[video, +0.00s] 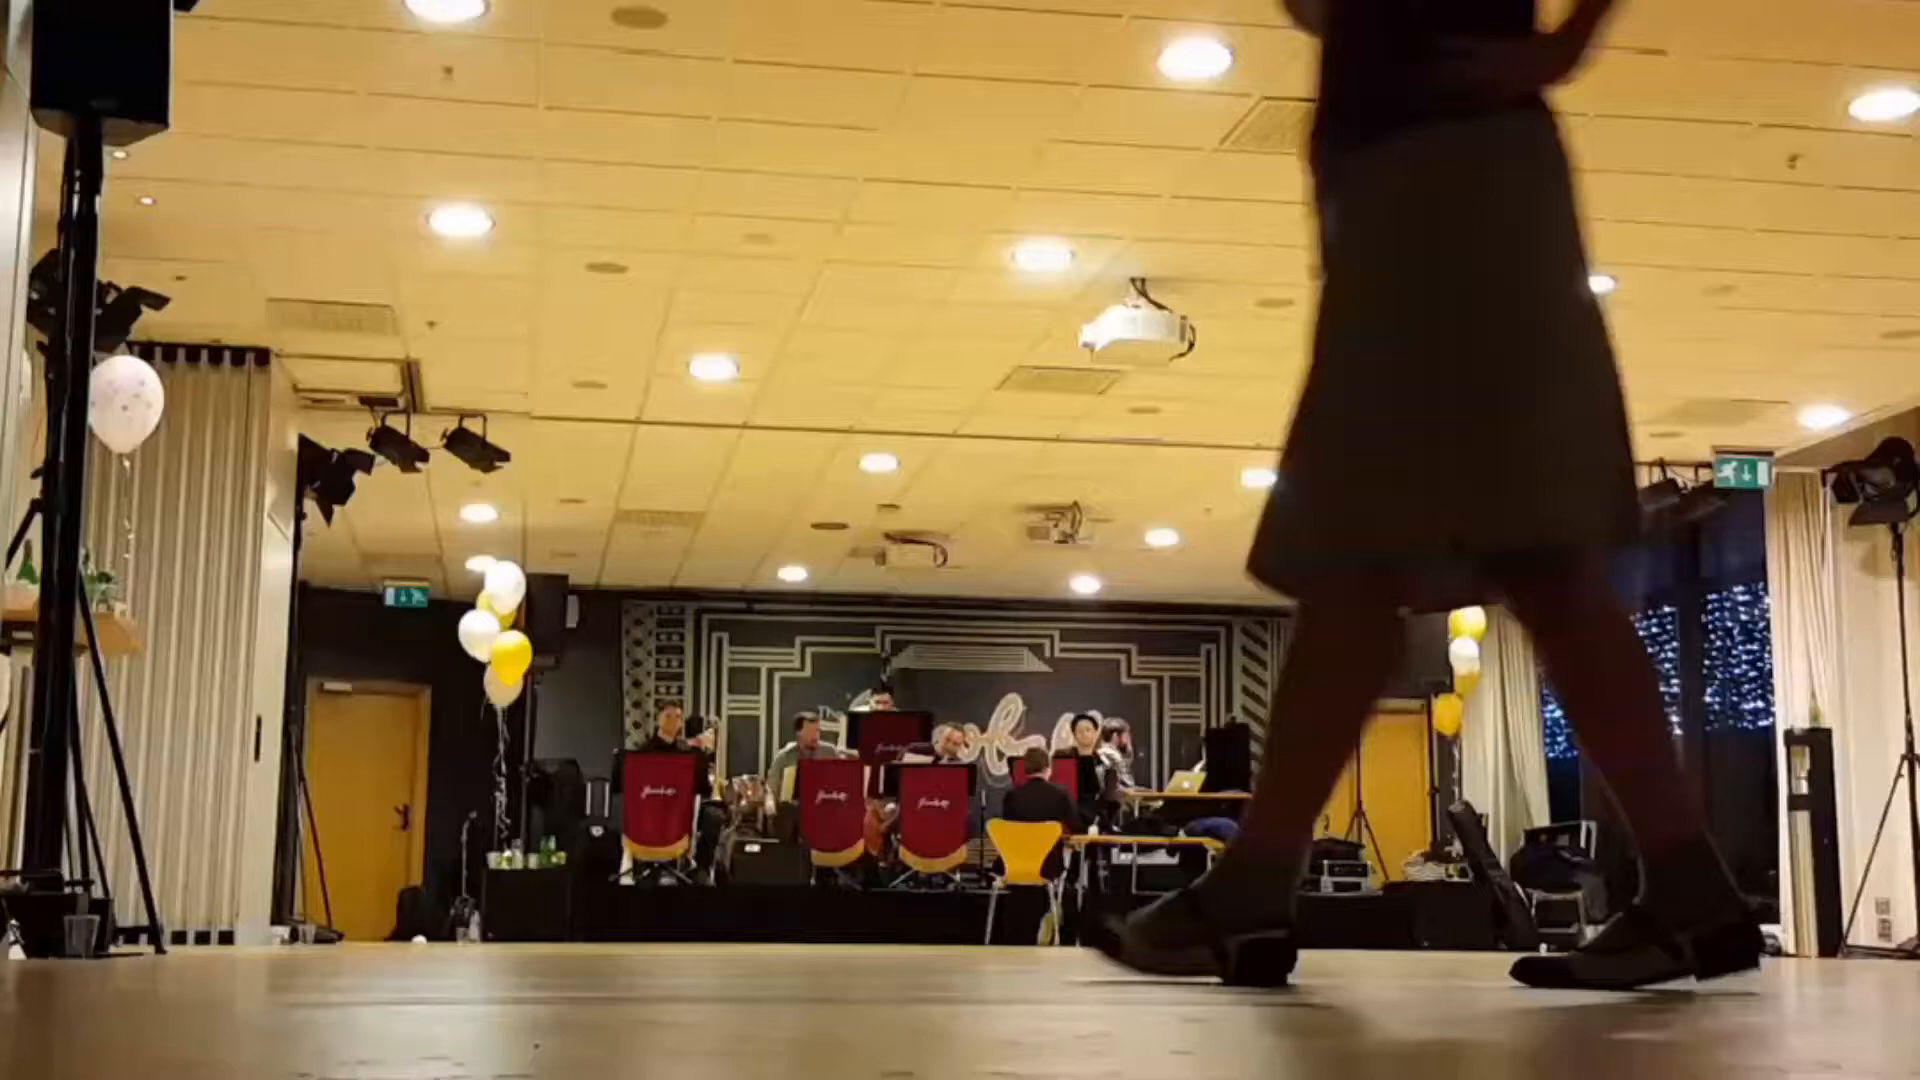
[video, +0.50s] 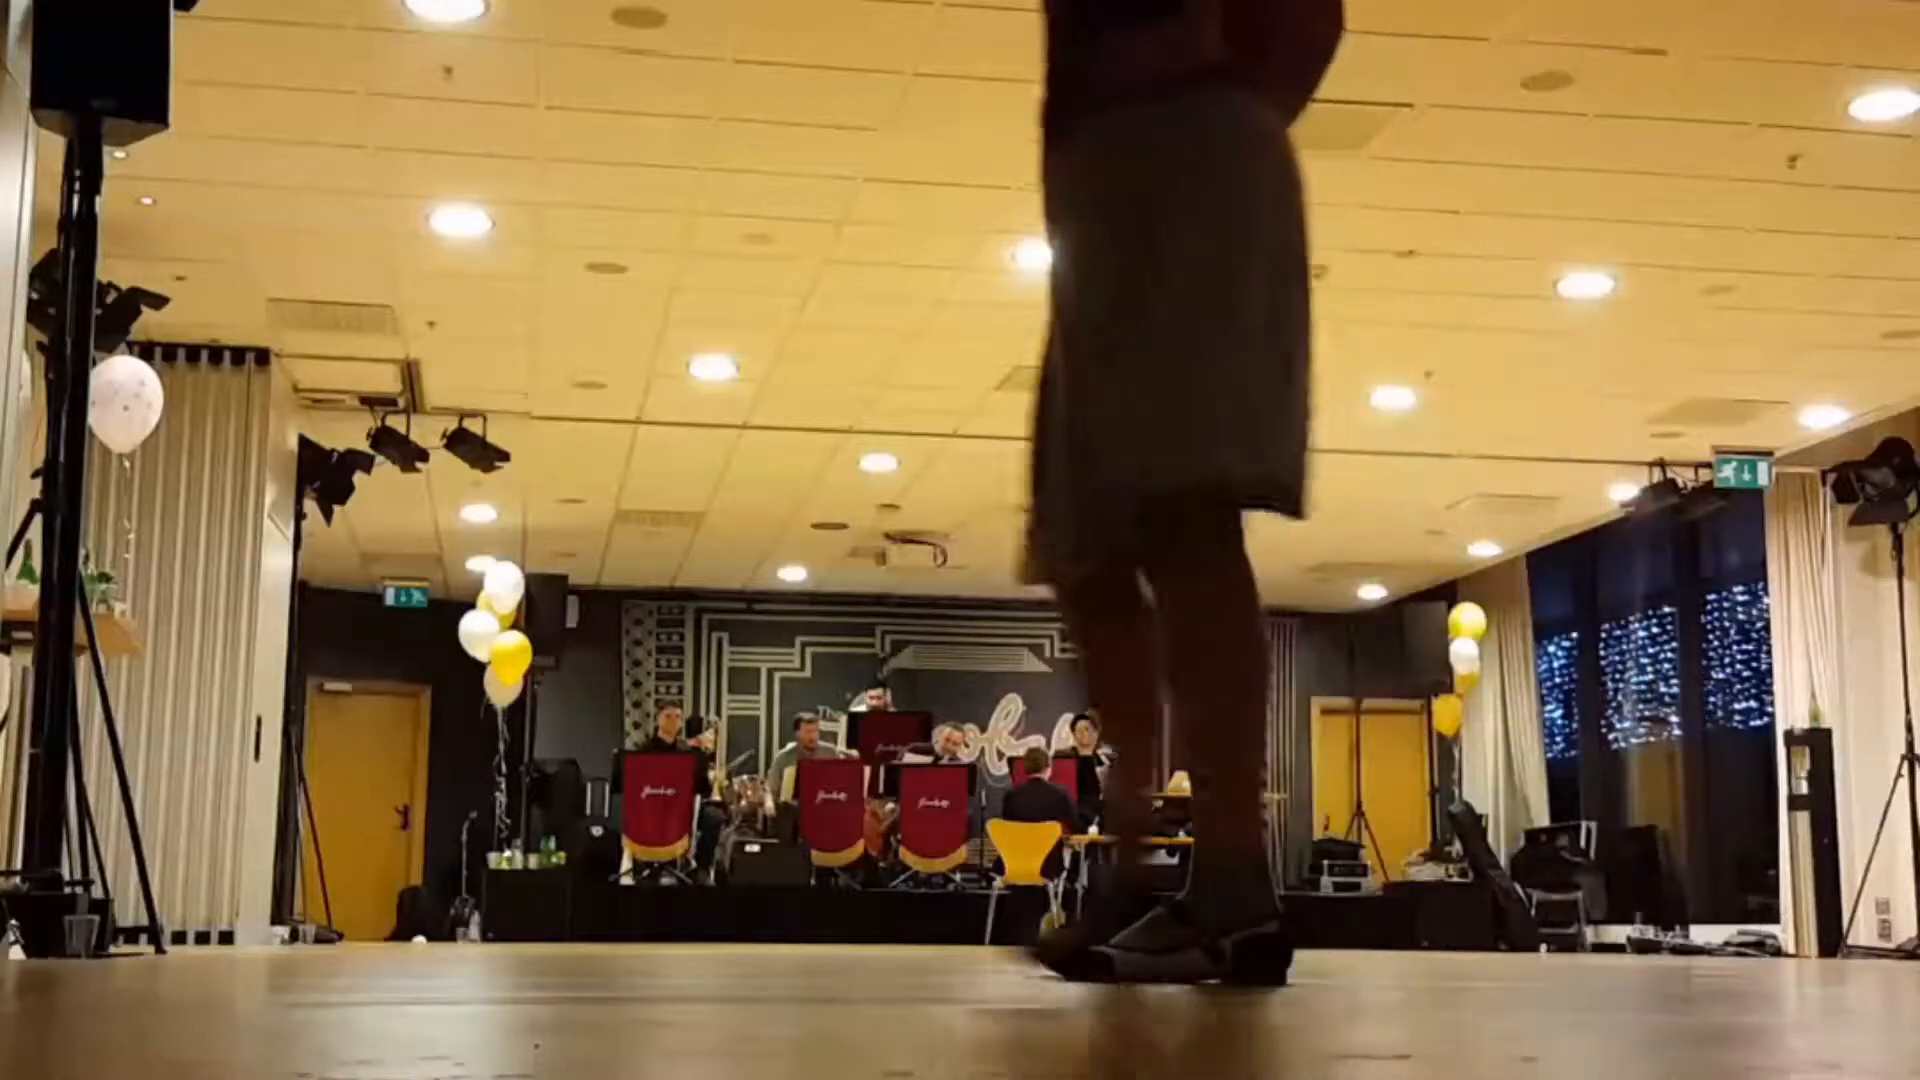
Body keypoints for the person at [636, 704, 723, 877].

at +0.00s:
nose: (672, 722)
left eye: (677, 717)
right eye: (667, 716)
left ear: (682, 722)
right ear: (658, 719)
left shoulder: (692, 754)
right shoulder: (644, 752)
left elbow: (704, 790)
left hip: (683, 814)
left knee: (714, 816)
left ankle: (703, 868)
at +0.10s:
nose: (673, 722)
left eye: (677, 717)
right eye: (668, 716)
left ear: (682, 722)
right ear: (658, 720)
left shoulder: (692, 753)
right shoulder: (645, 751)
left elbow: (704, 789)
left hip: (684, 809)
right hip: (651, 809)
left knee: (714, 817)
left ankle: (703, 868)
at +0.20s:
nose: (672, 722)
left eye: (677, 717)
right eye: (667, 716)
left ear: (682, 722)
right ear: (658, 720)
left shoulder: (692, 753)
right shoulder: (645, 751)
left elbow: (705, 790)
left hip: (683, 810)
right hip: (651, 809)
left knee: (713, 817)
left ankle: (703, 868)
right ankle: (643, 868)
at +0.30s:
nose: (672, 722)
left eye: (677, 717)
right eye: (667, 716)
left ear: (682, 722)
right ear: (658, 720)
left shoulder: (692, 753)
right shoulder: (645, 751)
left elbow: (704, 790)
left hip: (683, 809)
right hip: (651, 808)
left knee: (714, 818)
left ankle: (703, 868)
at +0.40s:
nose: (672, 722)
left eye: (677, 717)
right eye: (667, 716)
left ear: (682, 722)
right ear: (658, 720)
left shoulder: (692, 753)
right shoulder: (645, 751)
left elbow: (705, 790)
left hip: (683, 810)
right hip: (650, 809)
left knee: (714, 817)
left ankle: (703, 868)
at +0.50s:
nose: (672, 722)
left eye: (677, 717)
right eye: (667, 716)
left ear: (682, 722)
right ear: (658, 720)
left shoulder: (692, 753)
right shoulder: (645, 751)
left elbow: (705, 790)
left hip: (683, 809)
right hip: (651, 809)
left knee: (713, 817)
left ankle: (703, 868)